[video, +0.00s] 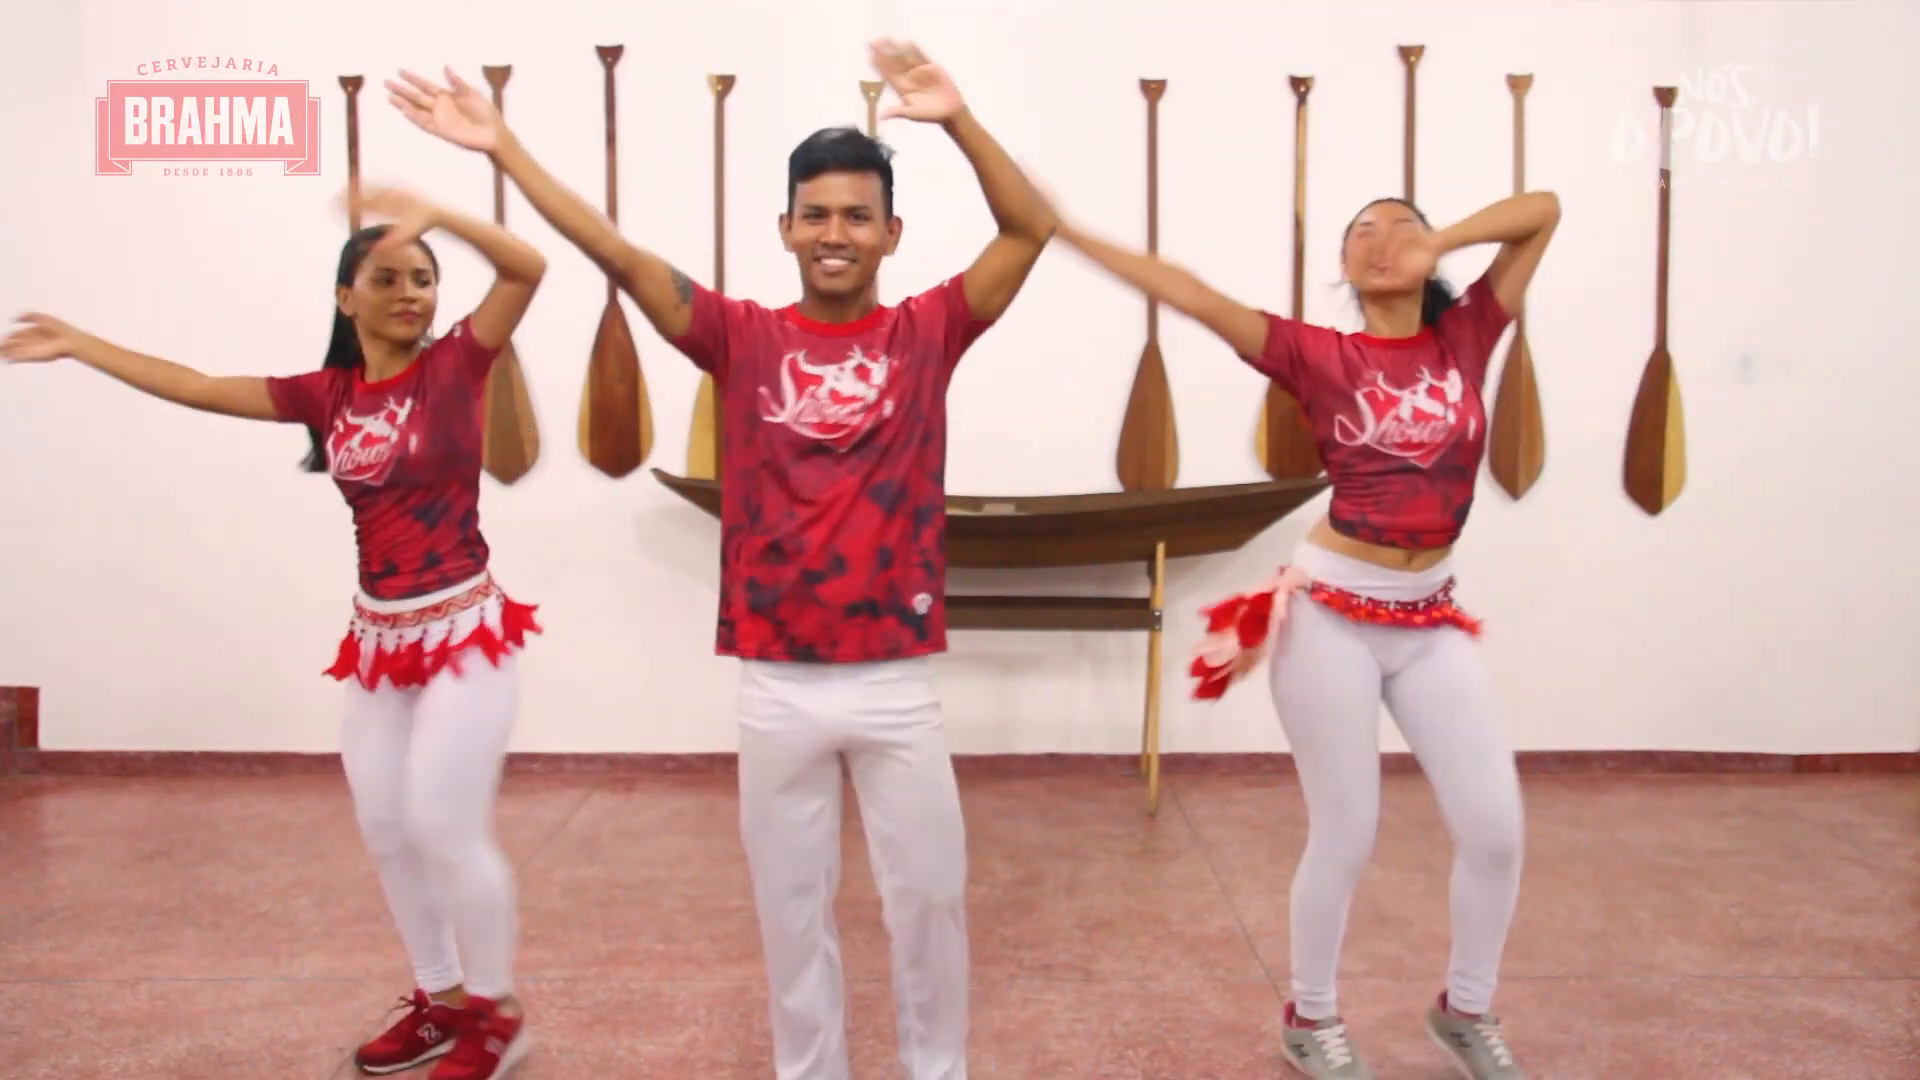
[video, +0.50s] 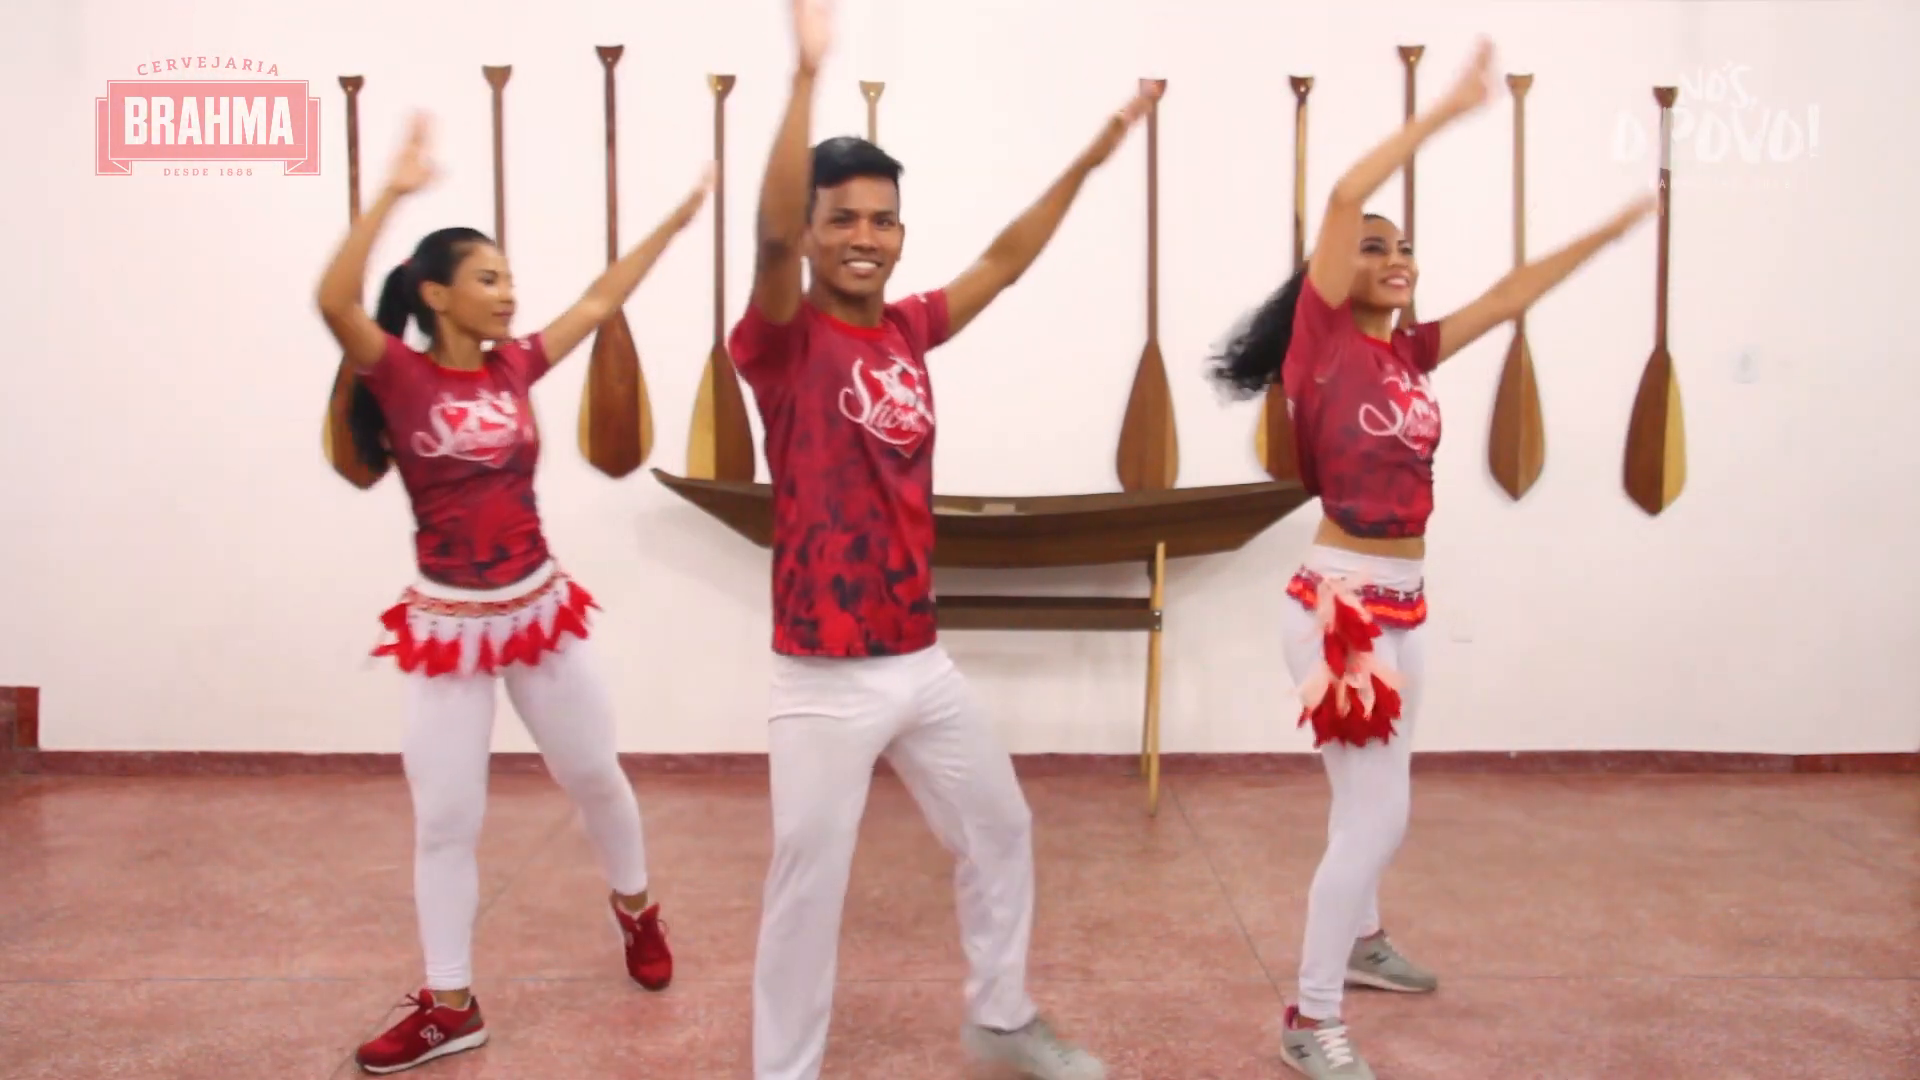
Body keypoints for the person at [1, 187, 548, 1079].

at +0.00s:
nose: (411, 293)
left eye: (423, 277)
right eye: (388, 278)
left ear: (437, 291)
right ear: (349, 295)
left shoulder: (459, 365)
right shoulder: (329, 394)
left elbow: (528, 267)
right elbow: (199, 387)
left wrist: (432, 209)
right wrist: (78, 343)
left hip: (470, 633)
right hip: (382, 640)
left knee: (444, 821)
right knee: (386, 827)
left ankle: (495, 1011)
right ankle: (441, 1000)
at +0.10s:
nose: (421, 291)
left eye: (430, 278)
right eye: (400, 278)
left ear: (443, 293)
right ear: (354, 296)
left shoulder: (464, 362)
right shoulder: (326, 392)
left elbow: (545, 273)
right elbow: (187, 373)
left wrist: (508, 196)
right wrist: (63, 317)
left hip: (480, 633)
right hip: (387, 645)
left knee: (512, 822)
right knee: (408, 834)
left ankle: (543, 997)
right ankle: (447, 1003)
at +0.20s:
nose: (443, 290)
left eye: (447, 275)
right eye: (421, 276)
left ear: (452, 290)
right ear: (368, 295)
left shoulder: (472, 361)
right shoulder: (331, 384)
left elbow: (560, 274)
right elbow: (203, 352)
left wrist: (563, 180)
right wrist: (112, 257)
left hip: (495, 625)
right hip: (397, 639)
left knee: (548, 804)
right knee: (415, 831)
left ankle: (599, 960)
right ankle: (449, 1004)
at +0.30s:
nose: (457, 288)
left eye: (460, 276)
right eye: (437, 276)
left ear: (462, 290)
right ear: (382, 292)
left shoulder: (482, 364)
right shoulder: (346, 378)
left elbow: (568, 284)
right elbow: (238, 324)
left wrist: (612, 190)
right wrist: (211, 212)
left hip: (503, 617)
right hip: (406, 633)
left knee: (584, 782)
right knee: (423, 825)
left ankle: (623, 917)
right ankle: (448, 1000)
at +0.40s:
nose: (479, 288)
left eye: (480, 276)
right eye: (457, 275)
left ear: (478, 293)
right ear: (407, 291)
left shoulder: (495, 363)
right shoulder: (374, 379)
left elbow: (585, 286)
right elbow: (288, 306)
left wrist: (647, 201)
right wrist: (307, 193)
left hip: (518, 612)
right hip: (423, 631)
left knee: (599, 773)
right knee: (432, 821)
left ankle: (634, 903)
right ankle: (448, 1001)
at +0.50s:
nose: (506, 290)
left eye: (505, 276)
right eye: (486, 278)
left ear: (498, 293)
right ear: (433, 295)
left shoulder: (514, 367)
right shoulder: (399, 377)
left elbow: (603, 298)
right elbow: (335, 302)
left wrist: (677, 219)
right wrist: (389, 193)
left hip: (539, 615)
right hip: (448, 628)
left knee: (596, 779)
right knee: (444, 820)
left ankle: (636, 906)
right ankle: (449, 1000)